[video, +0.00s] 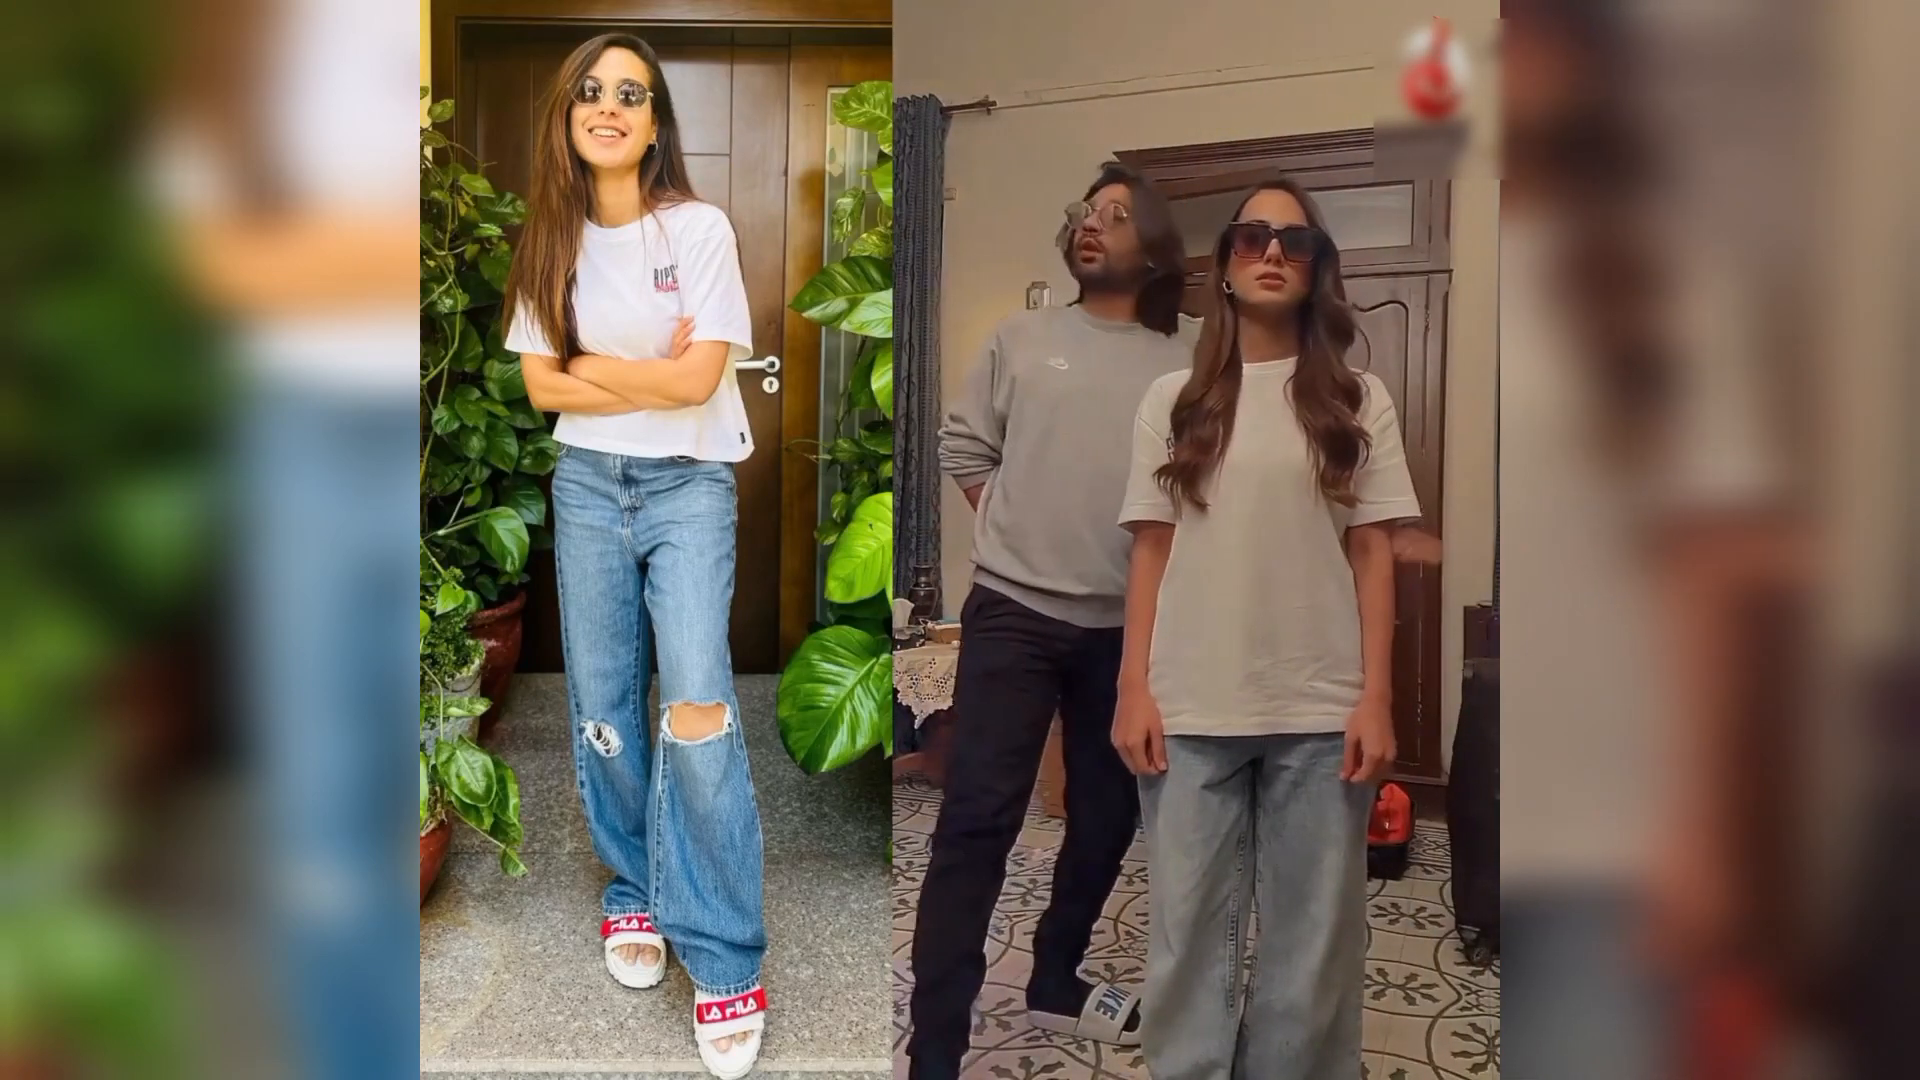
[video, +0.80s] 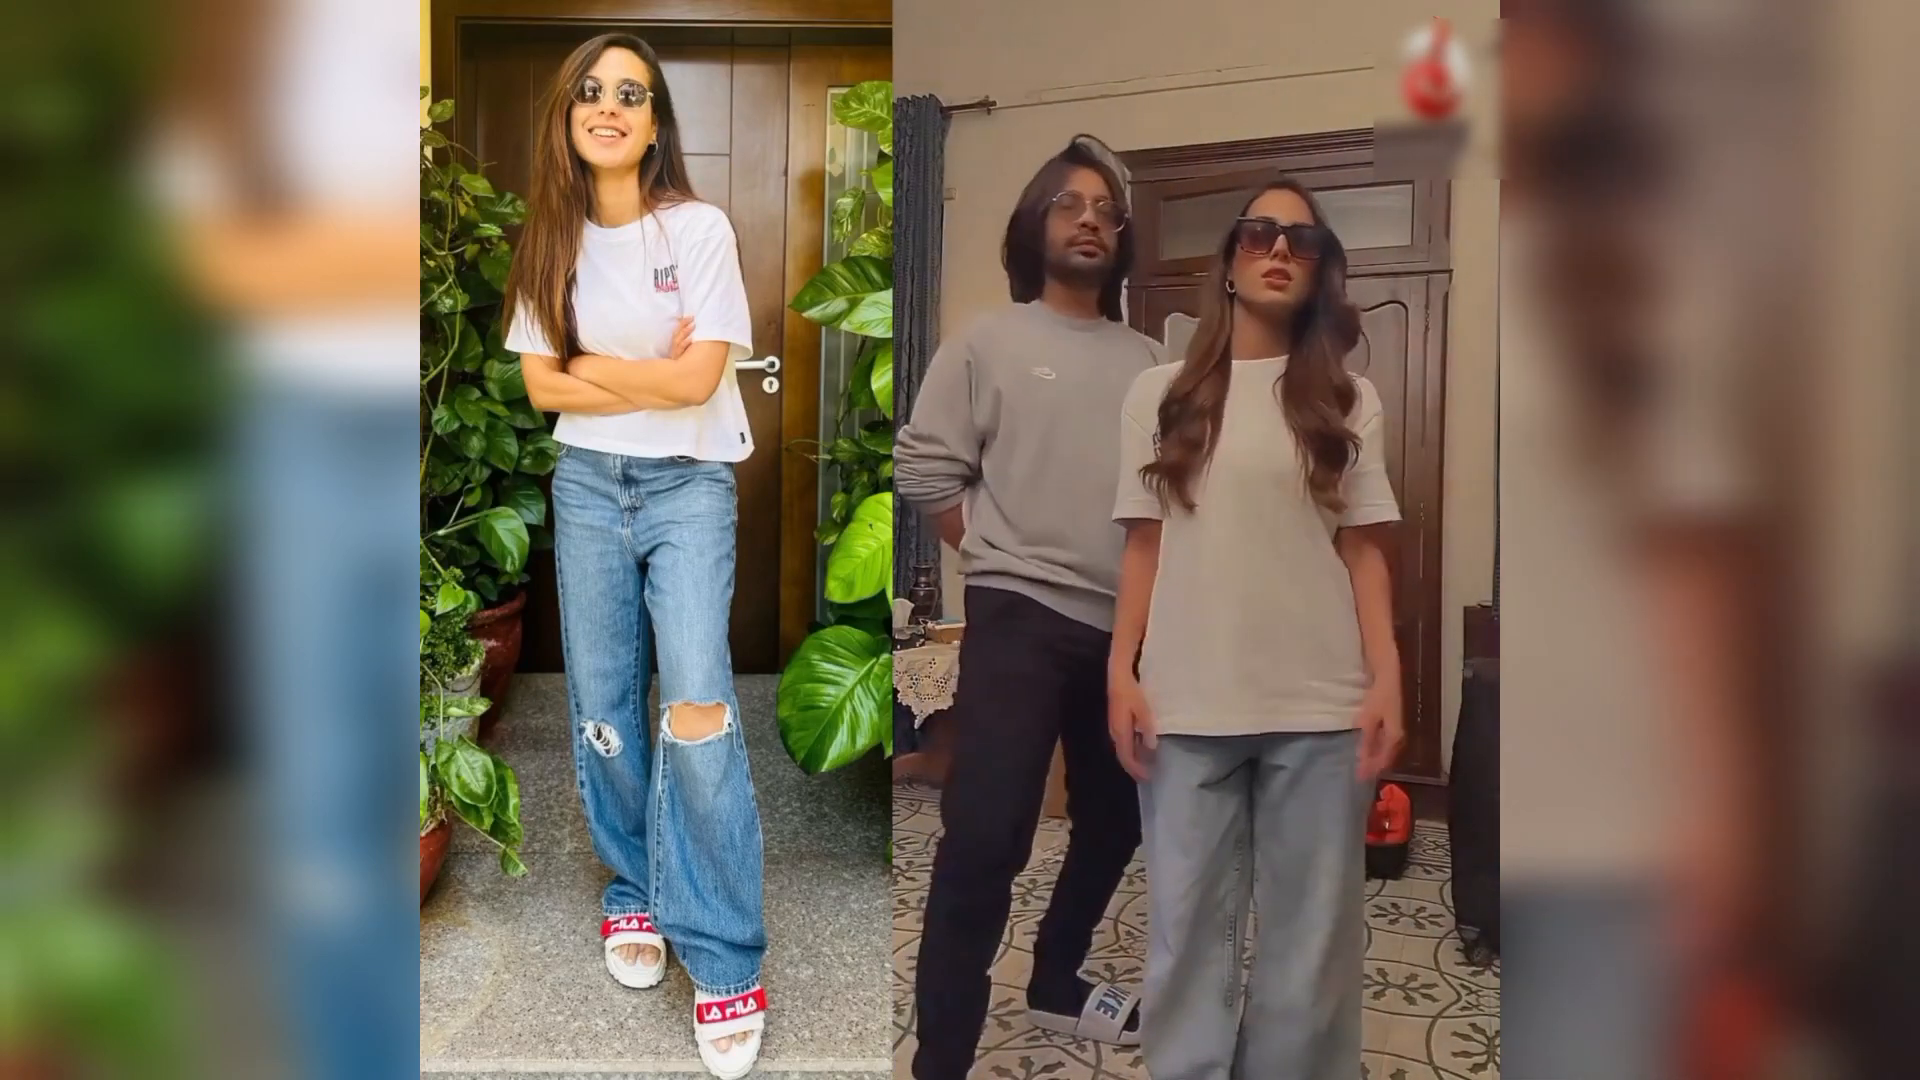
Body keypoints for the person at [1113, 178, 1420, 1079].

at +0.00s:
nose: (1272, 252)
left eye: (1294, 241)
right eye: (1253, 238)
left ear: (1318, 269)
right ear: (1225, 264)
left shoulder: (1358, 396)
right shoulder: (1174, 396)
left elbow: (1373, 555)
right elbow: (1150, 548)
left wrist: (1375, 699)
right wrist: (1134, 684)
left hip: (1324, 717)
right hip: (1191, 716)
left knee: (1312, 959)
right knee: (1184, 949)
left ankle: (1289, 1074)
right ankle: (1186, 1070)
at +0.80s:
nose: (1278, 249)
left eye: (1300, 240)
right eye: (1260, 235)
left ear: (1323, 271)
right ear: (1228, 261)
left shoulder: (1346, 395)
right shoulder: (1164, 390)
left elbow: (1366, 552)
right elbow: (1143, 544)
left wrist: (1386, 682)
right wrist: (1121, 671)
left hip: (1322, 714)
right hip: (1185, 712)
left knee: (1309, 954)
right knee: (1181, 944)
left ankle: (1290, 1073)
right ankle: (1186, 1068)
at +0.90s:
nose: (1274, 247)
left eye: (1295, 236)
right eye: (1255, 233)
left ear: (1320, 265)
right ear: (1225, 260)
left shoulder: (1351, 393)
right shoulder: (1168, 390)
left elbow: (1354, 542)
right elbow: (1164, 540)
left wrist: (1421, 535)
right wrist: (1103, 552)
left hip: (1320, 707)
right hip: (1185, 705)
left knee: (1310, 951)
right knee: (1183, 943)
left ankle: (1293, 1071)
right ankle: (1184, 1067)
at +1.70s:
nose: (1265, 247)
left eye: (1285, 236)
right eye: (1246, 233)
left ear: (1311, 265)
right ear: (1216, 262)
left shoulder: (1346, 396)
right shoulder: (1161, 394)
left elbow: (1353, 544)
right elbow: (1153, 541)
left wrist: (1426, 550)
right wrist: (1070, 544)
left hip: (1317, 708)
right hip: (1180, 707)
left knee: (1308, 949)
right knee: (1183, 942)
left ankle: (1294, 1072)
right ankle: (1185, 1068)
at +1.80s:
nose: (1264, 245)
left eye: (1285, 234)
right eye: (1246, 232)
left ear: (1311, 265)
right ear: (1216, 263)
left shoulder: (1344, 392)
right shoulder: (1163, 390)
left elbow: (1394, 540)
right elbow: (1115, 532)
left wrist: (1431, 407)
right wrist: (1066, 402)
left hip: (1317, 706)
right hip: (1181, 704)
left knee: (1309, 953)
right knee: (1182, 945)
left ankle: (1294, 1072)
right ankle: (1184, 1067)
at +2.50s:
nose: (1266, 248)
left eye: (1286, 236)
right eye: (1247, 234)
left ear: (1311, 263)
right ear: (1217, 258)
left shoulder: (1347, 392)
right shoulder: (1159, 391)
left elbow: (1384, 537)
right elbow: (1105, 531)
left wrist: (1471, 451)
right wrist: (1026, 446)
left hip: (1320, 707)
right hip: (1184, 708)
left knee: (1315, 944)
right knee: (1185, 938)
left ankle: (1294, 1075)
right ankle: (1186, 1069)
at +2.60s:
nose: (1265, 249)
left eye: (1286, 238)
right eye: (1246, 236)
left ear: (1312, 265)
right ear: (1218, 263)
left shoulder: (1350, 398)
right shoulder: (1159, 398)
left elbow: (1370, 539)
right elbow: (1124, 532)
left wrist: (1430, 579)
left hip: (1321, 713)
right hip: (1182, 713)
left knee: (1312, 948)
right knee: (1185, 940)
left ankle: (1297, 1070)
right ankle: (1186, 1066)